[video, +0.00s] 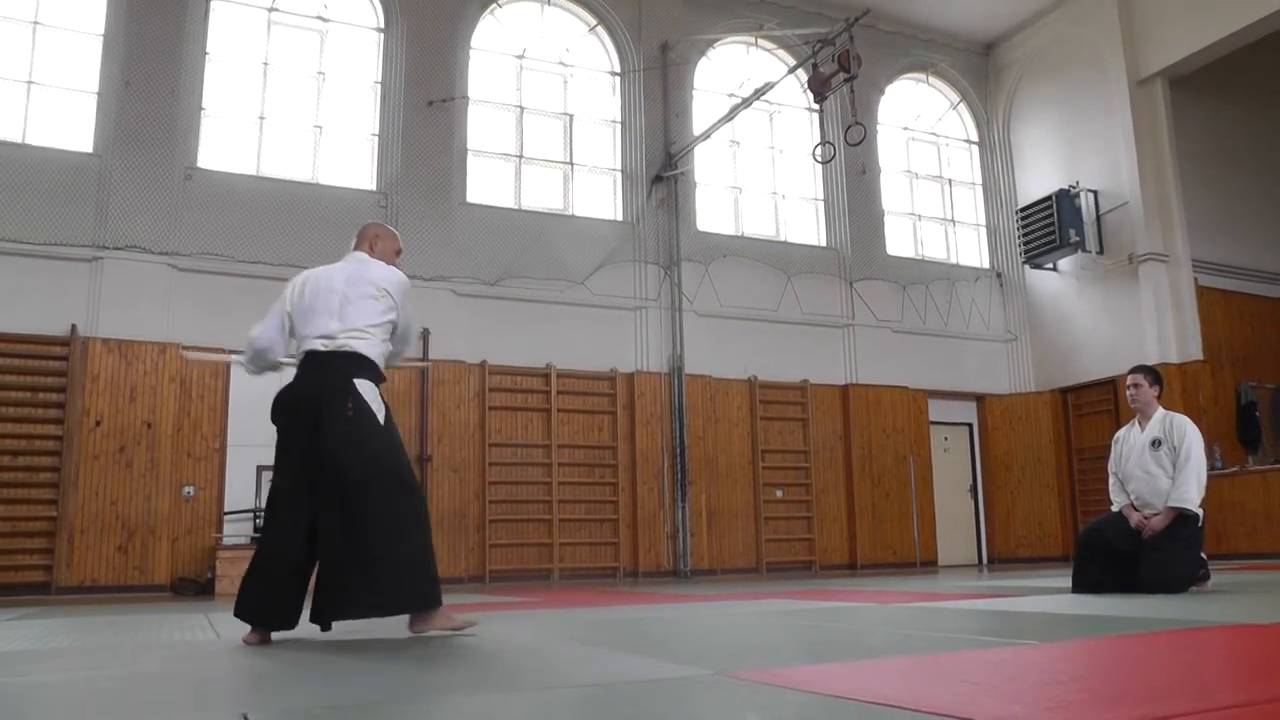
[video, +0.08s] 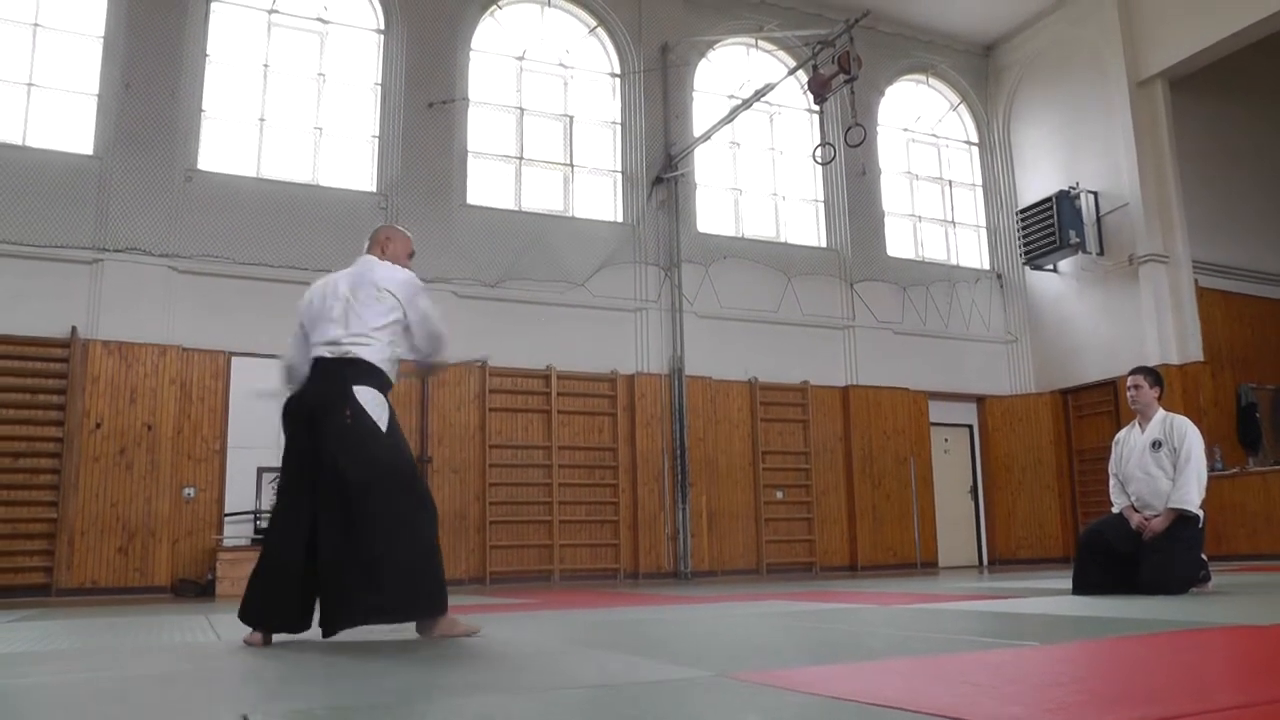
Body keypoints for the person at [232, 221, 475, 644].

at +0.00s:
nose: (398, 262)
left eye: (400, 255)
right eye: (396, 253)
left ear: (361, 244)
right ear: (371, 243)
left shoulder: (305, 279)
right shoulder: (393, 279)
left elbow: (263, 343)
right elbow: (401, 344)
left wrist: (264, 361)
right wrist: (370, 359)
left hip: (302, 393)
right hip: (354, 394)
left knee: (292, 505)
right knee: (403, 497)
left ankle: (261, 624)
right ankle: (426, 610)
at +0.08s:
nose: (410, 264)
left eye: (411, 257)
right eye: (408, 255)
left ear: (374, 246)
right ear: (383, 245)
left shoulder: (319, 287)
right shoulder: (400, 279)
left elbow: (295, 365)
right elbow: (432, 343)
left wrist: (306, 399)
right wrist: (421, 364)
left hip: (308, 400)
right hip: (360, 399)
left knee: (296, 508)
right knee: (412, 505)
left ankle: (261, 624)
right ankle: (432, 615)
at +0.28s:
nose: (455, 264)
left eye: (455, 258)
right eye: (450, 255)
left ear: (423, 252)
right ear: (423, 251)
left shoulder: (404, 298)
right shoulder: (409, 276)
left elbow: (408, 376)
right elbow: (473, 285)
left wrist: (466, 397)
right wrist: (533, 291)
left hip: (378, 400)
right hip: (395, 400)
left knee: (352, 508)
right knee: (437, 510)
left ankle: (301, 598)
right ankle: (437, 622)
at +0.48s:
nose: (492, 257)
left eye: (493, 250)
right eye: (485, 247)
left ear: (469, 251)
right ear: (456, 246)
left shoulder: (476, 318)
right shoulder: (437, 276)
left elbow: (507, 354)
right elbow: (410, 262)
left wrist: (537, 331)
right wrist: (381, 243)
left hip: (449, 416)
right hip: (417, 408)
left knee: (462, 509)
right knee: (439, 509)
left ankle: (444, 618)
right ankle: (442, 619)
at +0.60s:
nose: (490, 246)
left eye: (495, 240)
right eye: (481, 236)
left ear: (498, 249)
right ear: (455, 242)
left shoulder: (503, 301)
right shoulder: (426, 275)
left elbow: (550, 294)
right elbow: (386, 259)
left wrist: (528, 255)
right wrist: (369, 206)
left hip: (473, 416)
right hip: (427, 412)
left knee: (505, 506)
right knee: (434, 514)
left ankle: (537, 604)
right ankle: (438, 624)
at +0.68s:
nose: (469, 241)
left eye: (477, 235)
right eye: (461, 235)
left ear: (490, 243)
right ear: (447, 244)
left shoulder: (502, 289)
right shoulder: (428, 280)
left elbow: (526, 269)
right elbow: (395, 249)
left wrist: (493, 226)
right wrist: (408, 198)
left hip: (488, 412)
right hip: (436, 413)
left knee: (528, 502)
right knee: (443, 518)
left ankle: (584, 593)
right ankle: (454, 625)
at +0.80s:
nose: (449, 256)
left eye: (460, 246)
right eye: (444, 249)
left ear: (484, 251)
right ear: (439, 257)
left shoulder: (505, 292)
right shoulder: (440, 300)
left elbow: (464, 276)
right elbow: (401, 265)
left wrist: (442, 250)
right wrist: (418, 228)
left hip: (505, 415)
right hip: (463, 421)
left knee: (540, 505)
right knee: (455, 515)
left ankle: (620, 585)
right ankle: (485, 621)